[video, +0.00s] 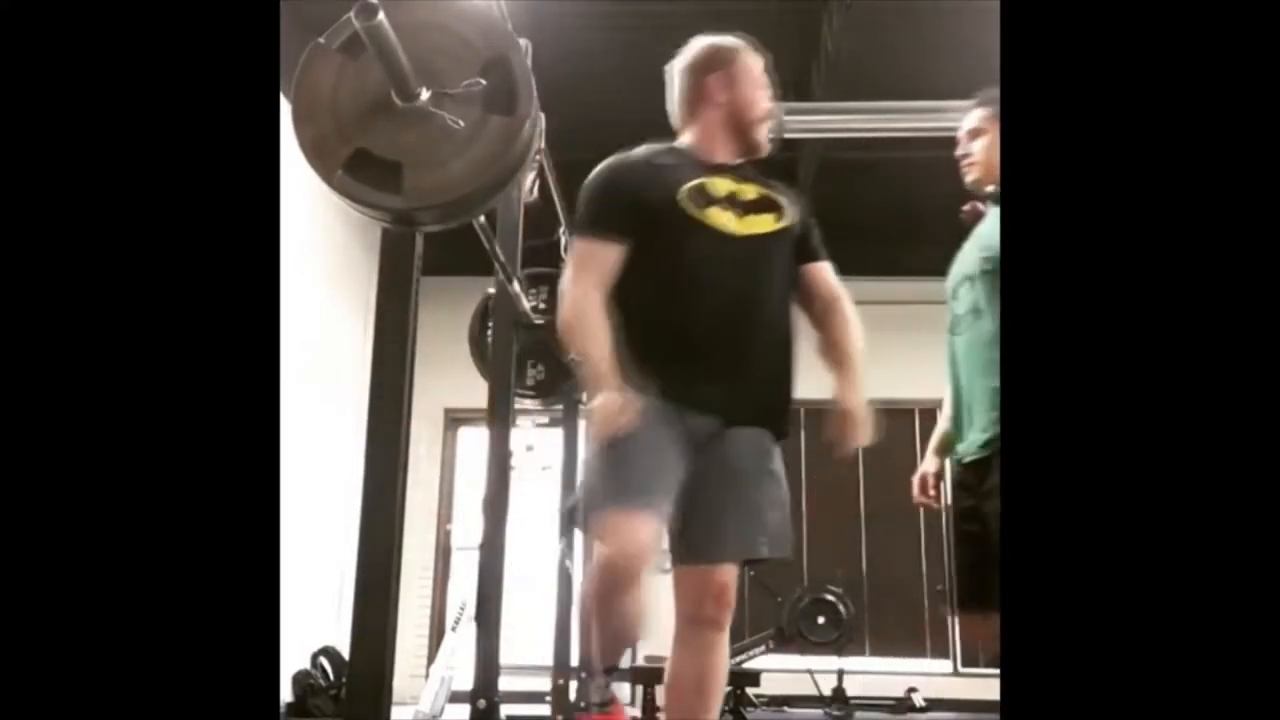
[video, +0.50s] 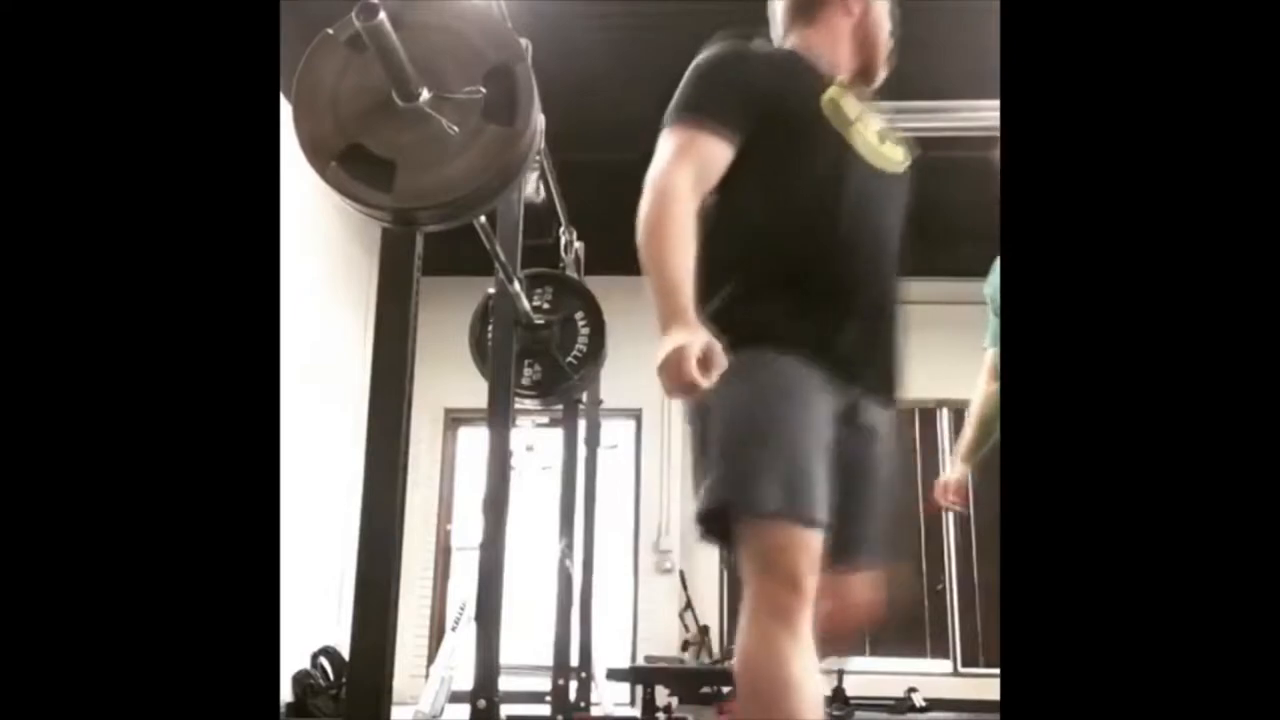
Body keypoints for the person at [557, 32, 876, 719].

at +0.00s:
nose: (773, 101)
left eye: (771, 86)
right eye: (760, 84)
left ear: (731, 94)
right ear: (715, 91)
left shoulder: (781, 203)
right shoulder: (632, 177)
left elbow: (828, 300)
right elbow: (580, 289)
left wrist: (851, 394)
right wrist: (602, 386)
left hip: (744, 421)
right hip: (650, 404)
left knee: (711, 603)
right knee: (621, 556)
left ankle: (689, 719)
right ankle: (601, 695)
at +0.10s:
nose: (801, 91)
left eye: (798, 76)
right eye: (789, 73)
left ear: (754, 82)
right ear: (746, 78)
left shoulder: (798, 197)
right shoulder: (656, 157)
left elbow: (837, 297)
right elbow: (602, 266)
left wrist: (876, 366)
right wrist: (645, 350)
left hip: (757, 407)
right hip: (672, 382)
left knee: (718, 597)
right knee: (673, 528)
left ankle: (691, 718)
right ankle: (648, 697)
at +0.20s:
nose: (824, 91)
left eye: (823, 75)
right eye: (816, 73)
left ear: (779, 72)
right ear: (777, 69)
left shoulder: (813, 188)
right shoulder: (680, 137)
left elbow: (843, 303)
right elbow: (618, 252)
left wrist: (894, 370)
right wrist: (670, 330)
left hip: (772, 401)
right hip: (685, 370)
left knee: (736, 574)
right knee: (712, 539)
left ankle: (712, 711)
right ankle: (706, 710)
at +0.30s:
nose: (848, 75)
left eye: (845, 57)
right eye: (842, 55)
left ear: (800, 57)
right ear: (809, 52)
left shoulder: (834, 181)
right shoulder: (705, 117)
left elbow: (847, 304)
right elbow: (638, 228)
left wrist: (900, 382)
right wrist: (678, 333)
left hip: (790, 408)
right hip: (705, 381)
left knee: (740, 591)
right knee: (739, 566)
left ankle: (693, 716)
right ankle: (759, 719)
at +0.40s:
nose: (867, 52)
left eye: (865, 34)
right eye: (860, 30)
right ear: (829, 32)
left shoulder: (853, 164)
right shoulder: (724, 96)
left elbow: (849, 297)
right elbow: (656, 213)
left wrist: (886, 407)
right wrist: (672, 330)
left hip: (822, 407)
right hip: (737, 384)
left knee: (768, 605)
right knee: (760, 597)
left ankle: (706, 714)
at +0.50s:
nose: (892, 30)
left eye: (892, 15)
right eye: (887, 12)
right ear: (854, 9)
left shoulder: (877, 131)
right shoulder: (746, 66)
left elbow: (862, 264)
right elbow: (672, 186)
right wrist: (678, 322)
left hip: (864, 383)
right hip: (772, 363)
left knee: (854, 596)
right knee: (782, 585)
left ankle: (739, 705)